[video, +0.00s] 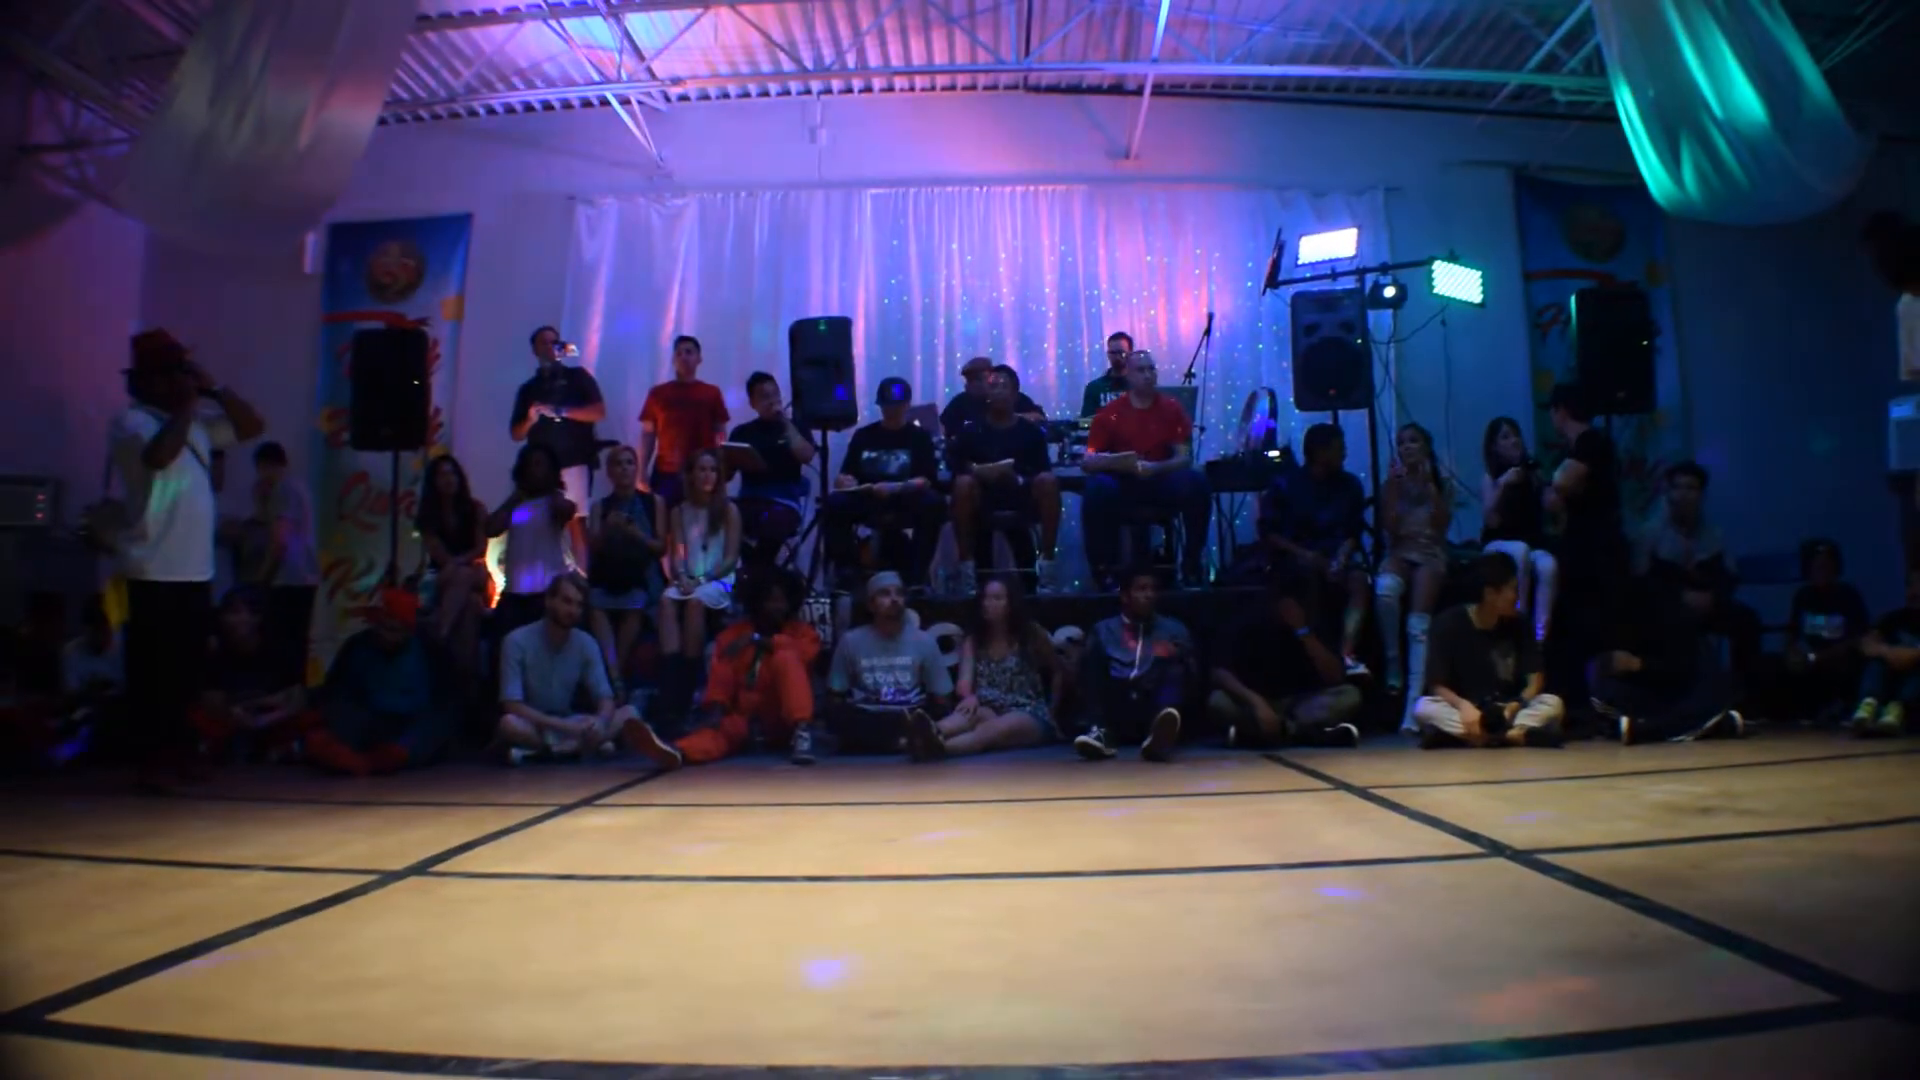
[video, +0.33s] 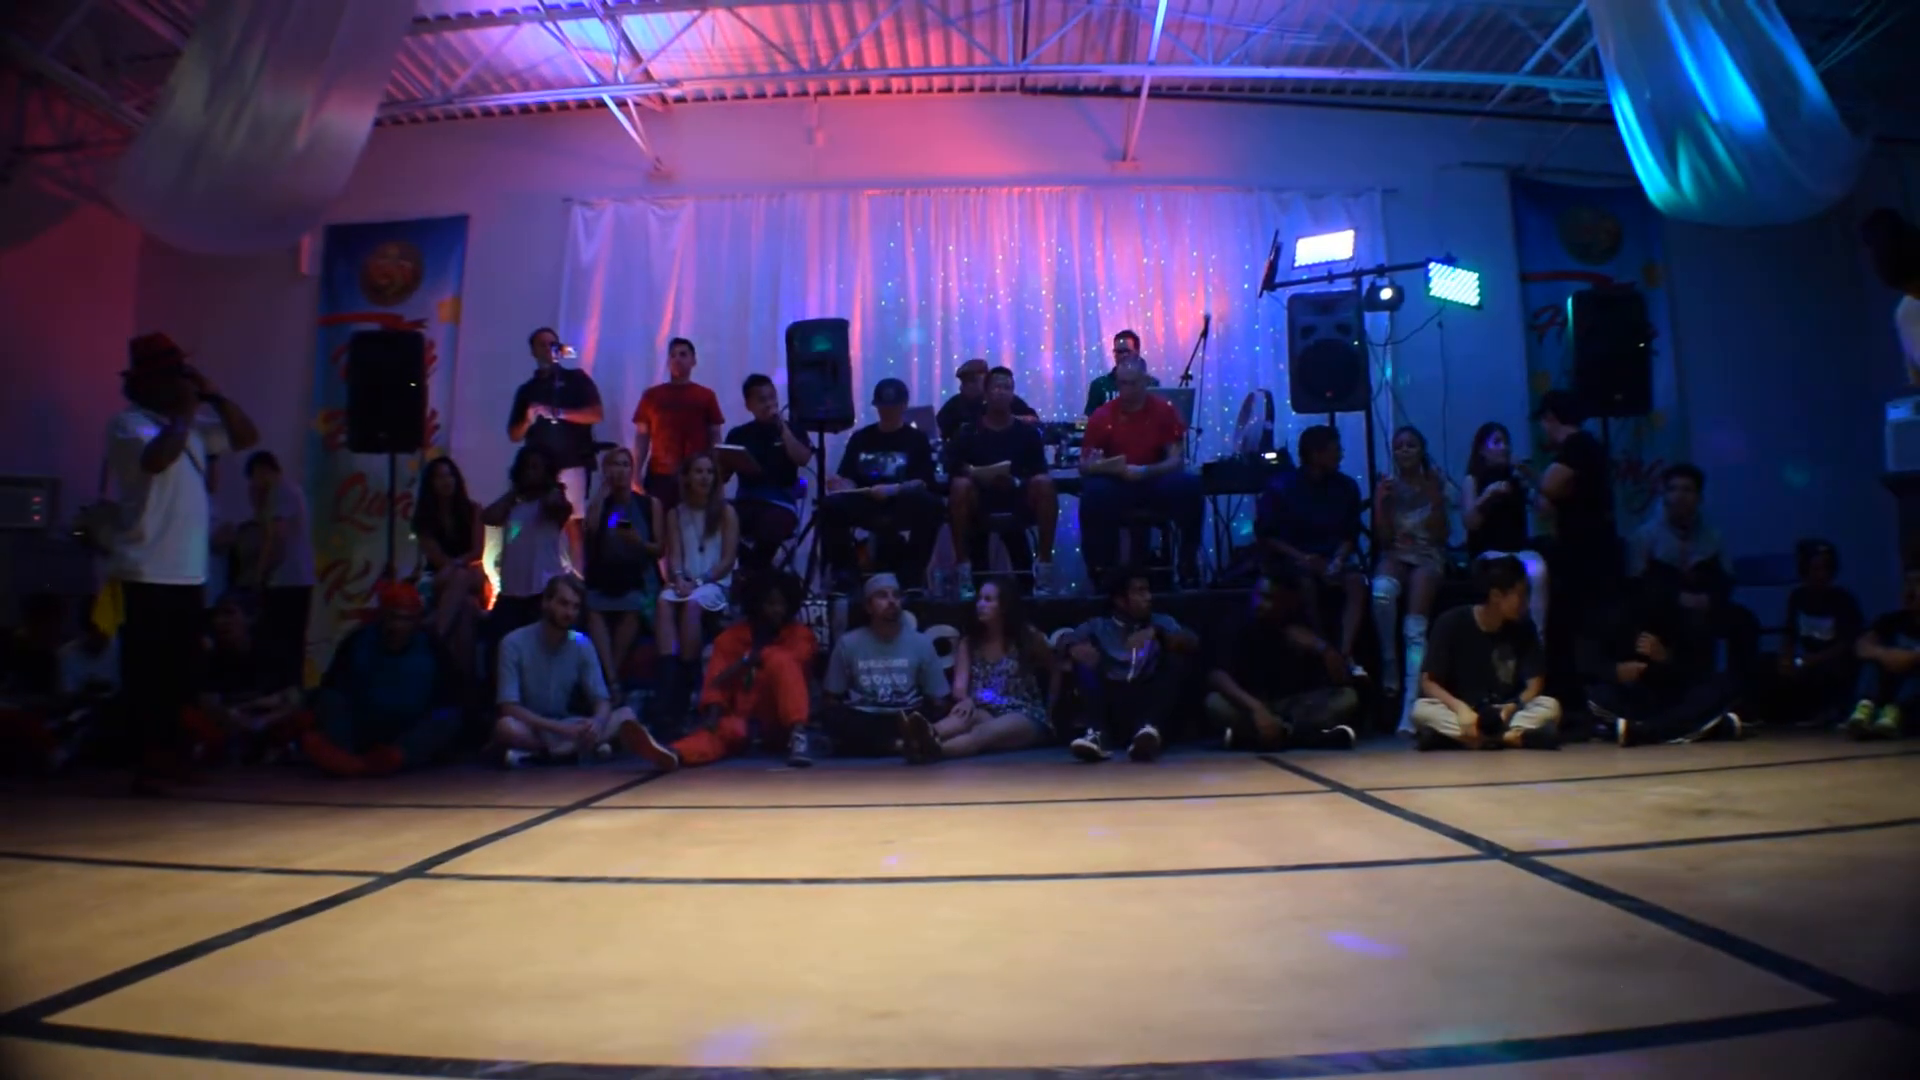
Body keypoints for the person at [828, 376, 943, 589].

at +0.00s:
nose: (893, 412)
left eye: (898, 406)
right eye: (888, 406)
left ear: (907, 405)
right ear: (880, 406)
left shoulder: (919, 437)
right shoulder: (863, 436)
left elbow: (927, 479)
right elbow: (843, 479)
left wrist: (895, 488)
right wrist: (865, 489)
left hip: (906, 498)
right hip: (868, 497)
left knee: (933, 505)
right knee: (835, 505)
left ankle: (916, 576)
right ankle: (846, 574)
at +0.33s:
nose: (888, 412)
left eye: (894, 405)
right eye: (883, 405)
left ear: (904, 406)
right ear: (876, 406)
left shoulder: (917, 439)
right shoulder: (860, 438)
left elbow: (925, 481)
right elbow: (844, 479)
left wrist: (894, 489)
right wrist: (842, 486)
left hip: (902, 500)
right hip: (864, 499)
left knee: (931, 507)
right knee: (831, 508)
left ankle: (912, 578)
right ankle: (845, 577)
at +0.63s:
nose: (881, 412)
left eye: (887, 405)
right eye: (876, 406)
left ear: (897, 406)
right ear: (869, 407)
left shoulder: (912, 439)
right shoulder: (856, 440)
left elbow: (925, 481)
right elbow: (839, 480)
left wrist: (895, 487)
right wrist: (843, 484)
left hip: (900, 501)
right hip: (862, 501)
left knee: (929, 507)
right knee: (829, 507)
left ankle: (910, 577)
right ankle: (842, 578)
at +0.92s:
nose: (877, 406)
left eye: (882, 400)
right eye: (871, 401)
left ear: (892, 401)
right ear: (865, 405)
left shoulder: (909, 438)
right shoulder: (853, 442)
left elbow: (919, 481)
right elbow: (837, 485)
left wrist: (883, 487)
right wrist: (849, 486)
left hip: (897, 502)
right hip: (860, 502)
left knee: (928, 508)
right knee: (827, 507)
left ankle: (909, 579)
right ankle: (842, 578)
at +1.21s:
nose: (883, 404)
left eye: (887, 398)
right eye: (876, 399)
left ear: (894, 401)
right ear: (867, 404)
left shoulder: (909, 438)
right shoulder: (853, 442)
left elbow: (920, 481)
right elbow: (837, 484)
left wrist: (882, 488)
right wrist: (848, 486)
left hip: (897, 502)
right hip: (860, 502)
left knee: (927, 508)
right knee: (827, 507)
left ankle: (908, 579)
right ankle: (842, 578)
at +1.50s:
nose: (887, 403)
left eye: (891, 397)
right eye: (881, 398)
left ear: (897, 400)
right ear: (870, 403)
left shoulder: (910, 439)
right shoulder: (854, 441)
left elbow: (918, 483)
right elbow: (837, 485)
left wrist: (878, 486)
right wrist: (852, 484)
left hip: (897, 502)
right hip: (861, 503)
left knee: (928, 508)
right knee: (827, 507)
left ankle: (908, 579)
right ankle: (841, 578)